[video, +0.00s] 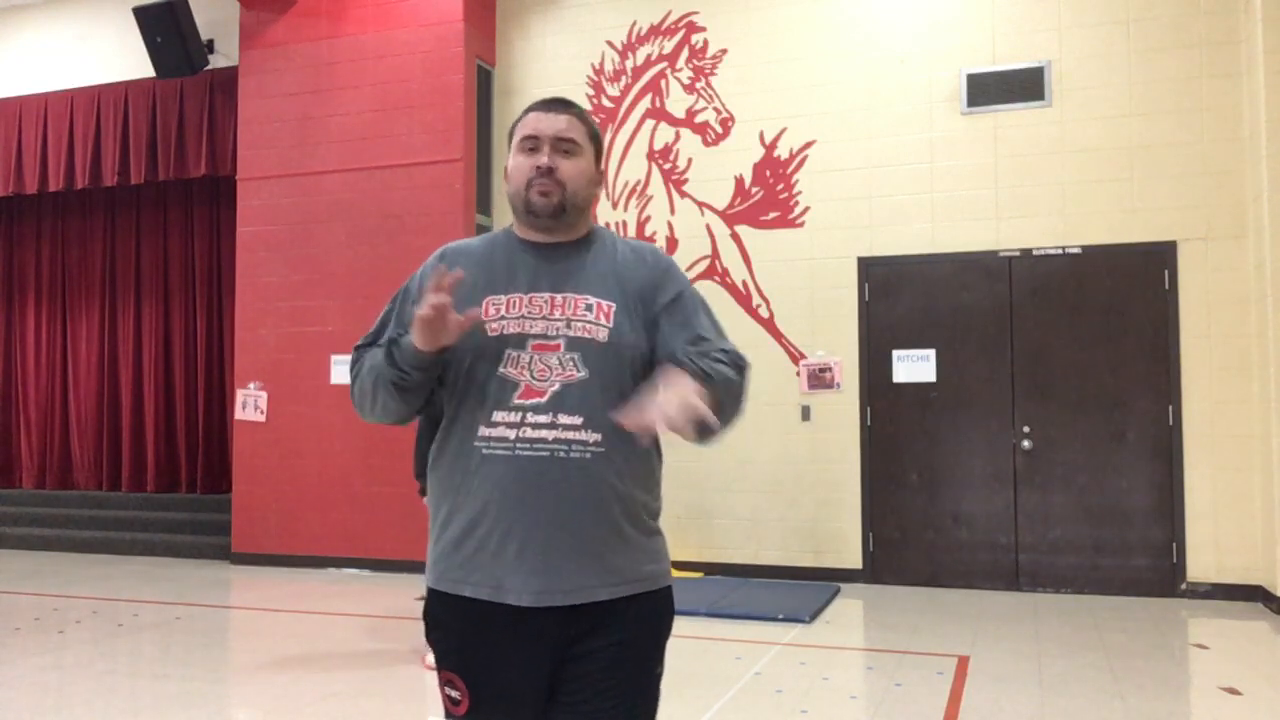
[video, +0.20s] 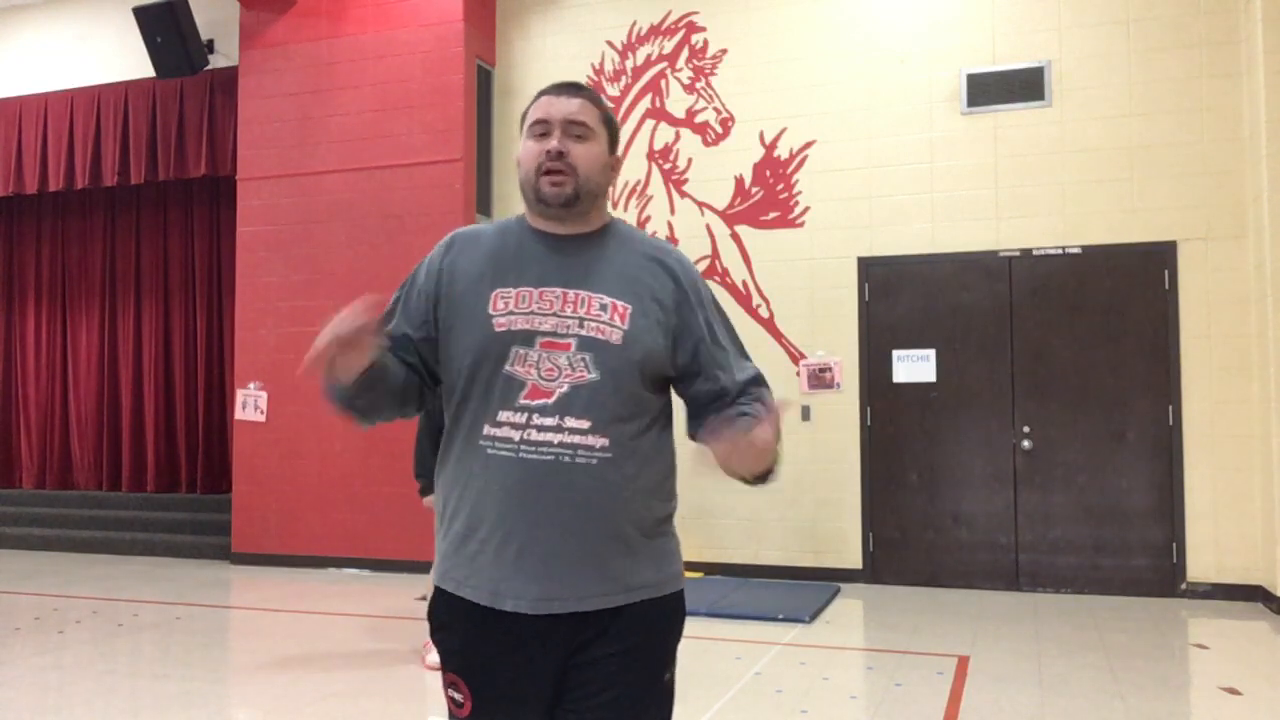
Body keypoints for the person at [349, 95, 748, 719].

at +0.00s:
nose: (545, 161)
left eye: (566, 149)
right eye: (529, 147)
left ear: (597, 177)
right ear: (507, 170)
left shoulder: (647, 271)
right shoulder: (451, 269)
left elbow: (719, 369)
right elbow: (372, 397)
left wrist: (683, 389)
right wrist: (419, 351)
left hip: (617, 590)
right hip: (478, 590)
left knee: (610, 710)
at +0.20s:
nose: (554, 145)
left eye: (577, 133)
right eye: (539, 132)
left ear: (614, 162)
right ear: (517, 156)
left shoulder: (664, 274)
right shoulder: (458, 259)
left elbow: (728, 398)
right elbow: (403, 384)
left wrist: (750, 449)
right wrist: (357, 373)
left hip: (625, 599)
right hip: (482, 596)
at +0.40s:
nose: (578, 141)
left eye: (601, 128)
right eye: (561, 126)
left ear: (634, 161)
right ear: (534, 151)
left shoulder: (679, 272)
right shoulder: (468, 253)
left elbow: (723, 411)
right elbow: (392, 360)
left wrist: (747, 417)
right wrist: (388, 407)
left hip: (640, 600)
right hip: (493, 595)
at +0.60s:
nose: (592, 145)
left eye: (612, 134)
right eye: (572, 130)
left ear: (637, 168)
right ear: (537, 158)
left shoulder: (682, 277)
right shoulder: (469, 258)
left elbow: (736, 420)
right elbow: (383, 380)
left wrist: (762, 394)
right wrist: (480, 392)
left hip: (650, 608)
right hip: (499, 607)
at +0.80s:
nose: (593, 143)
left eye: (610, 133)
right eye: (572, 128)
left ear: (627, 164)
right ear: (527, 153)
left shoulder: (670, 268)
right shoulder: (460, 254)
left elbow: (739, 403)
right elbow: (367, 380)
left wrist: (676, 365)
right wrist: (450, 343)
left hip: (650, 598)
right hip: (504, 599)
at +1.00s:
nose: (566, 149)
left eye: (584, 141)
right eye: (546, 132)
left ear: (601, 172)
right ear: (505, 154)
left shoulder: (643, 274)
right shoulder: (437, 261)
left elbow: (692, 387)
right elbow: (347, 392)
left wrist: (747, 388)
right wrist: (450, 363)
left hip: (638, 595)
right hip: (493, 596)